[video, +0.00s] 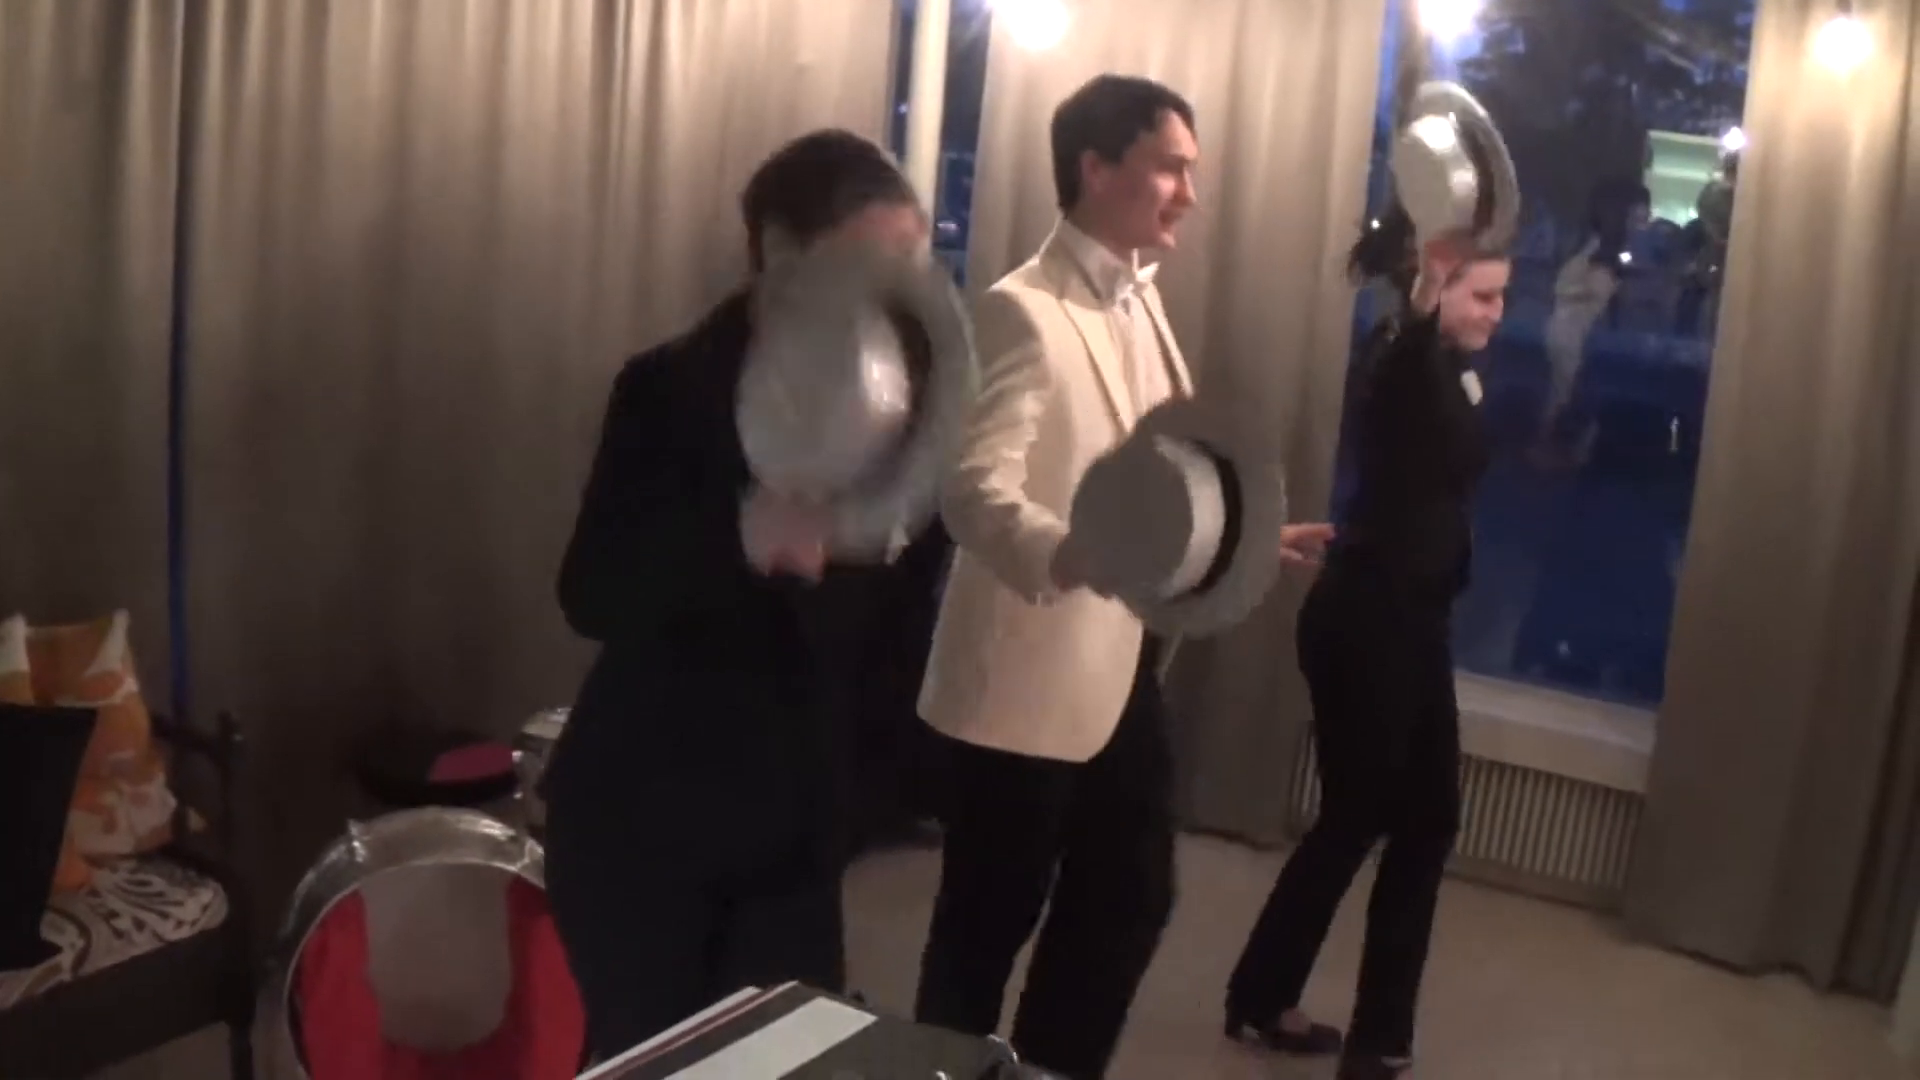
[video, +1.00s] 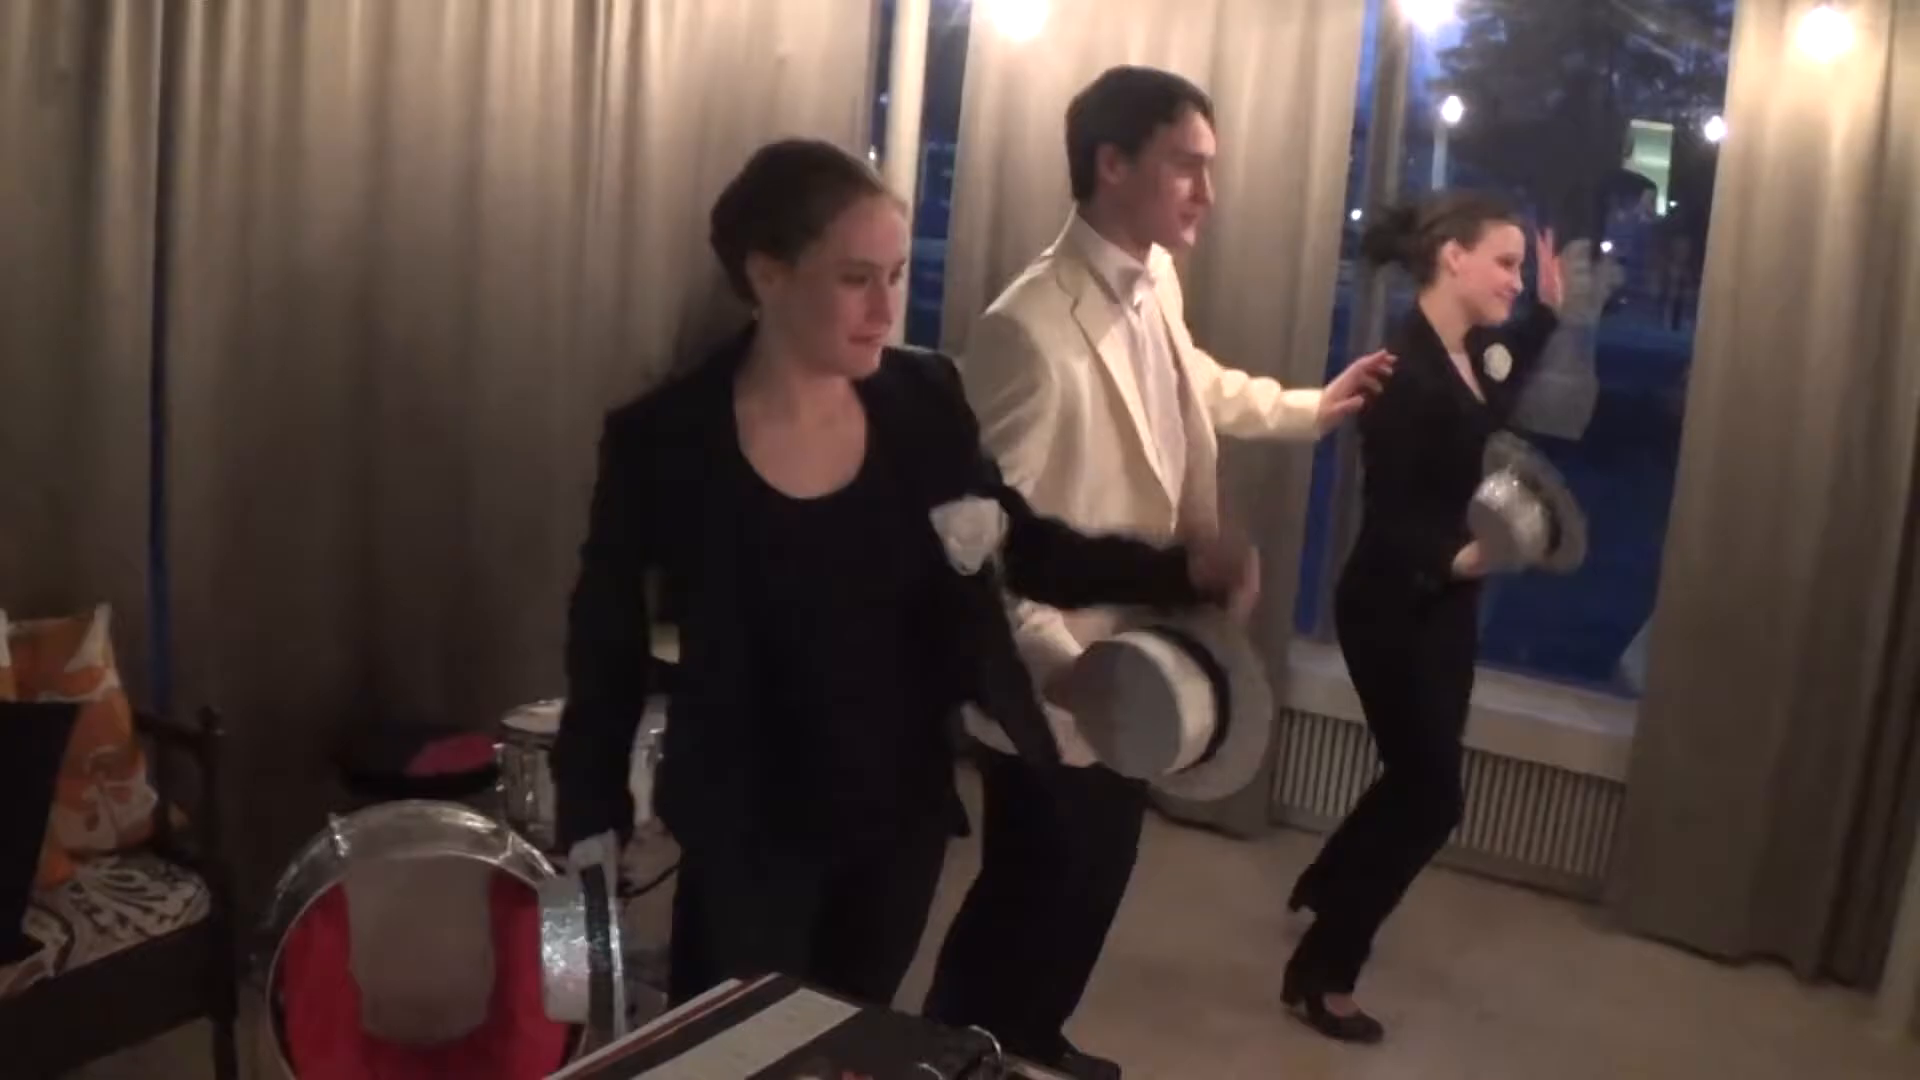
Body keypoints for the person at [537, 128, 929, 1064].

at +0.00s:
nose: (896, 284)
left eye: (910, 256)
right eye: (871, 257)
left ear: (922, 252)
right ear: (780, 254)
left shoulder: (895, 405)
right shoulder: (670, 391)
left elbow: (899, 627)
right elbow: (592, 591)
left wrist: (871, 789)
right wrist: (742, 534)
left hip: (792, 814)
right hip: (641, 807)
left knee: (786, 1052)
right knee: (636, 1060)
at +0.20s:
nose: (901, 295)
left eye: (904, 270)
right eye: (889, 269)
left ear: (817, 263)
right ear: (806, 260)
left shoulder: (816, 411)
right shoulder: (675, 404)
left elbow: (830, 625)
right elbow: (580, 621)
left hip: (777, 829)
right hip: (657, 842)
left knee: (761, 1053)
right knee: (659, 1063)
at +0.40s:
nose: (915, 284)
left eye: (914, 258)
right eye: (902, 257)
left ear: (831, 264)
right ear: (826, 262)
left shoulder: (803, 396)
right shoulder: (721, 385)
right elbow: (573, 572)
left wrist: (938, 464)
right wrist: (465, 767)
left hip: (775, 807)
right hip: (694, 819)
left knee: (926, 1001)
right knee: (679, 1055)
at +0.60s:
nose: (929, 283)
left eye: (927, 259)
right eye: (909, 259)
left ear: (836, 263)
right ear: (822, 261)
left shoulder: (851, 397)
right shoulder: (729, 396)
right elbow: (605, 594)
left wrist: (972, 453)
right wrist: (506, 783)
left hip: (837, 812)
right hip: (724, 821)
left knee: (937, 1037)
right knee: (728, 1062)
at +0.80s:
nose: (902, 277)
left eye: (908, 250)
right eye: (875, 250)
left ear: (916, 250)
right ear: (781, 251)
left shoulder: (923, 381)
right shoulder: (680, 432)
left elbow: (1020, 516)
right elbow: (635, 658)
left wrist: (1088, 390)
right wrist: (601, 844)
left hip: (896, 801)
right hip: (751, 811)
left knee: (863, 1050)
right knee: (731, 1050)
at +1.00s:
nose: (888, 307)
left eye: (896, 276)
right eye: (857, 278)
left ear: (908, 272)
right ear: (764, 277)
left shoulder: (921, 401)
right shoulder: (659, 441)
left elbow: (1015, 550)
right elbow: (606, 646)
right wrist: (591, 820)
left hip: (897, 819)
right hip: (744, 825)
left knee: (852, 1051)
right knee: (722, 1054)